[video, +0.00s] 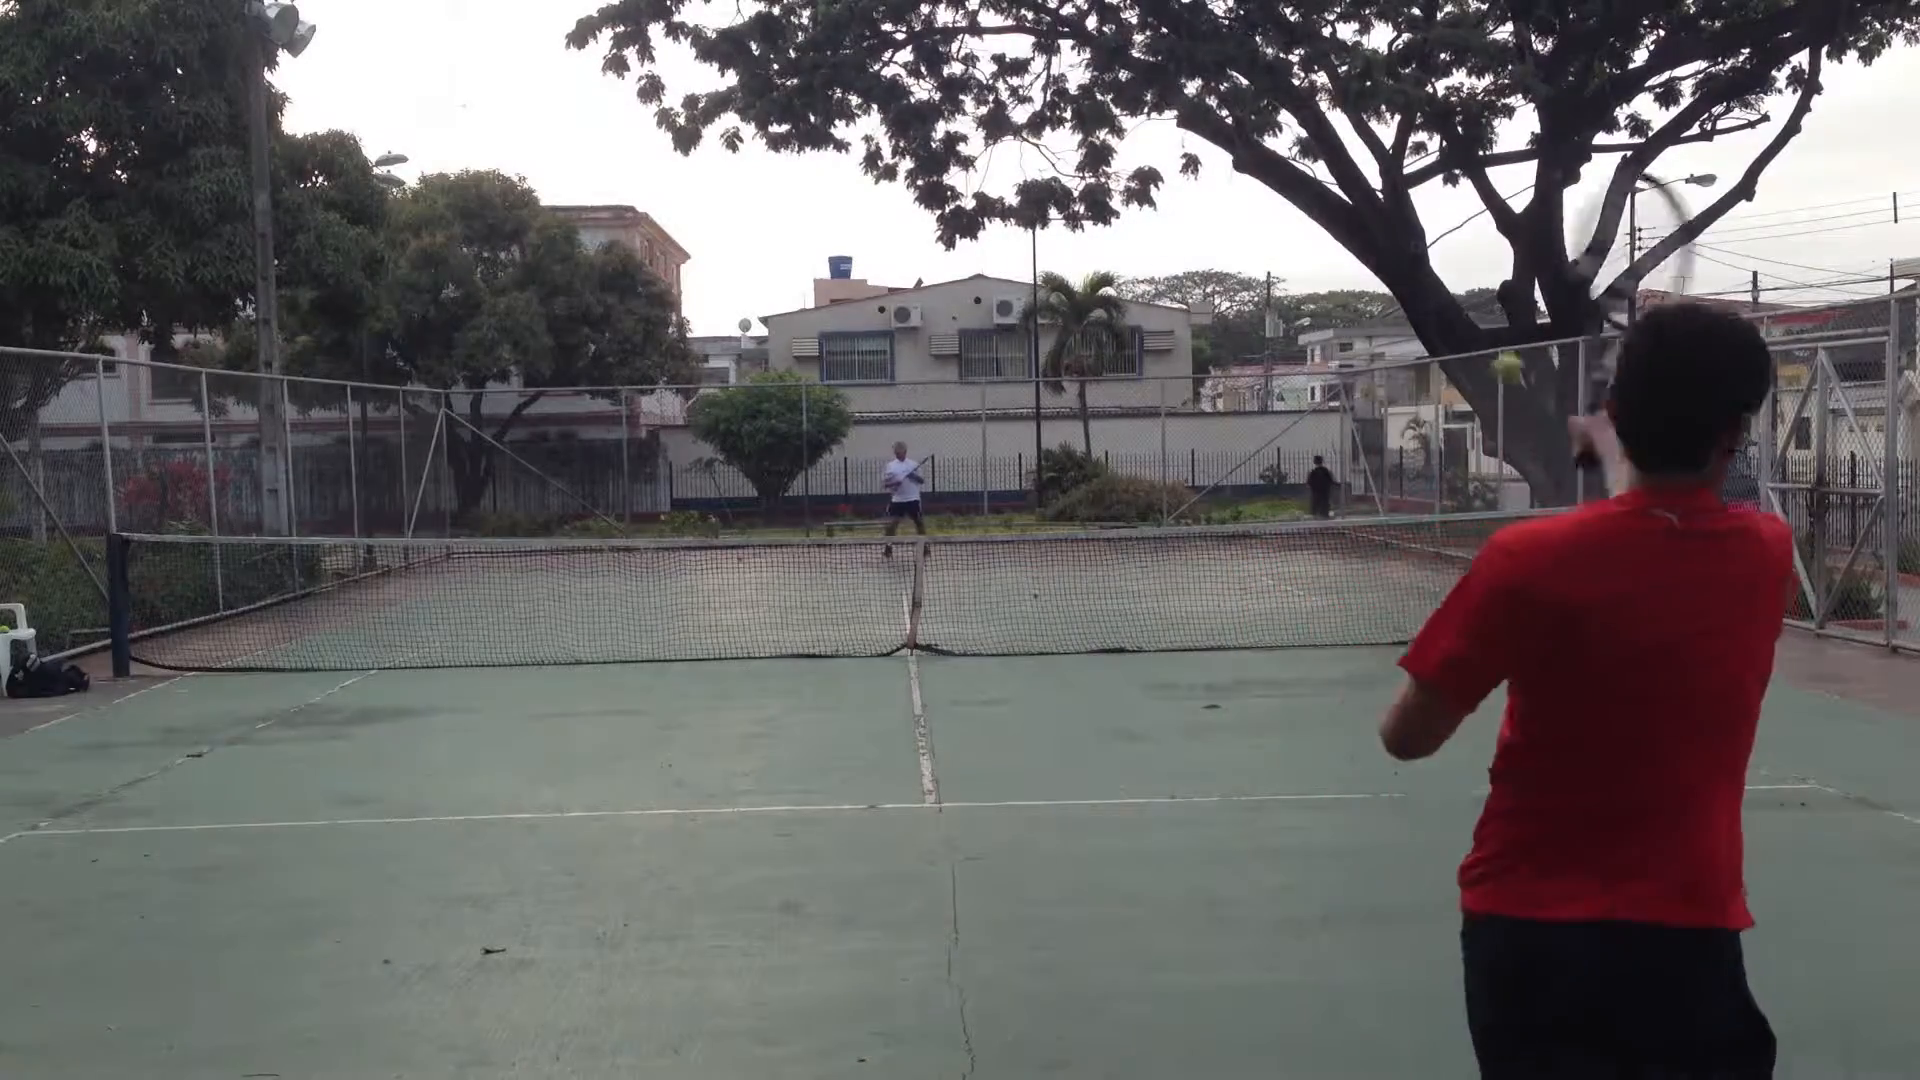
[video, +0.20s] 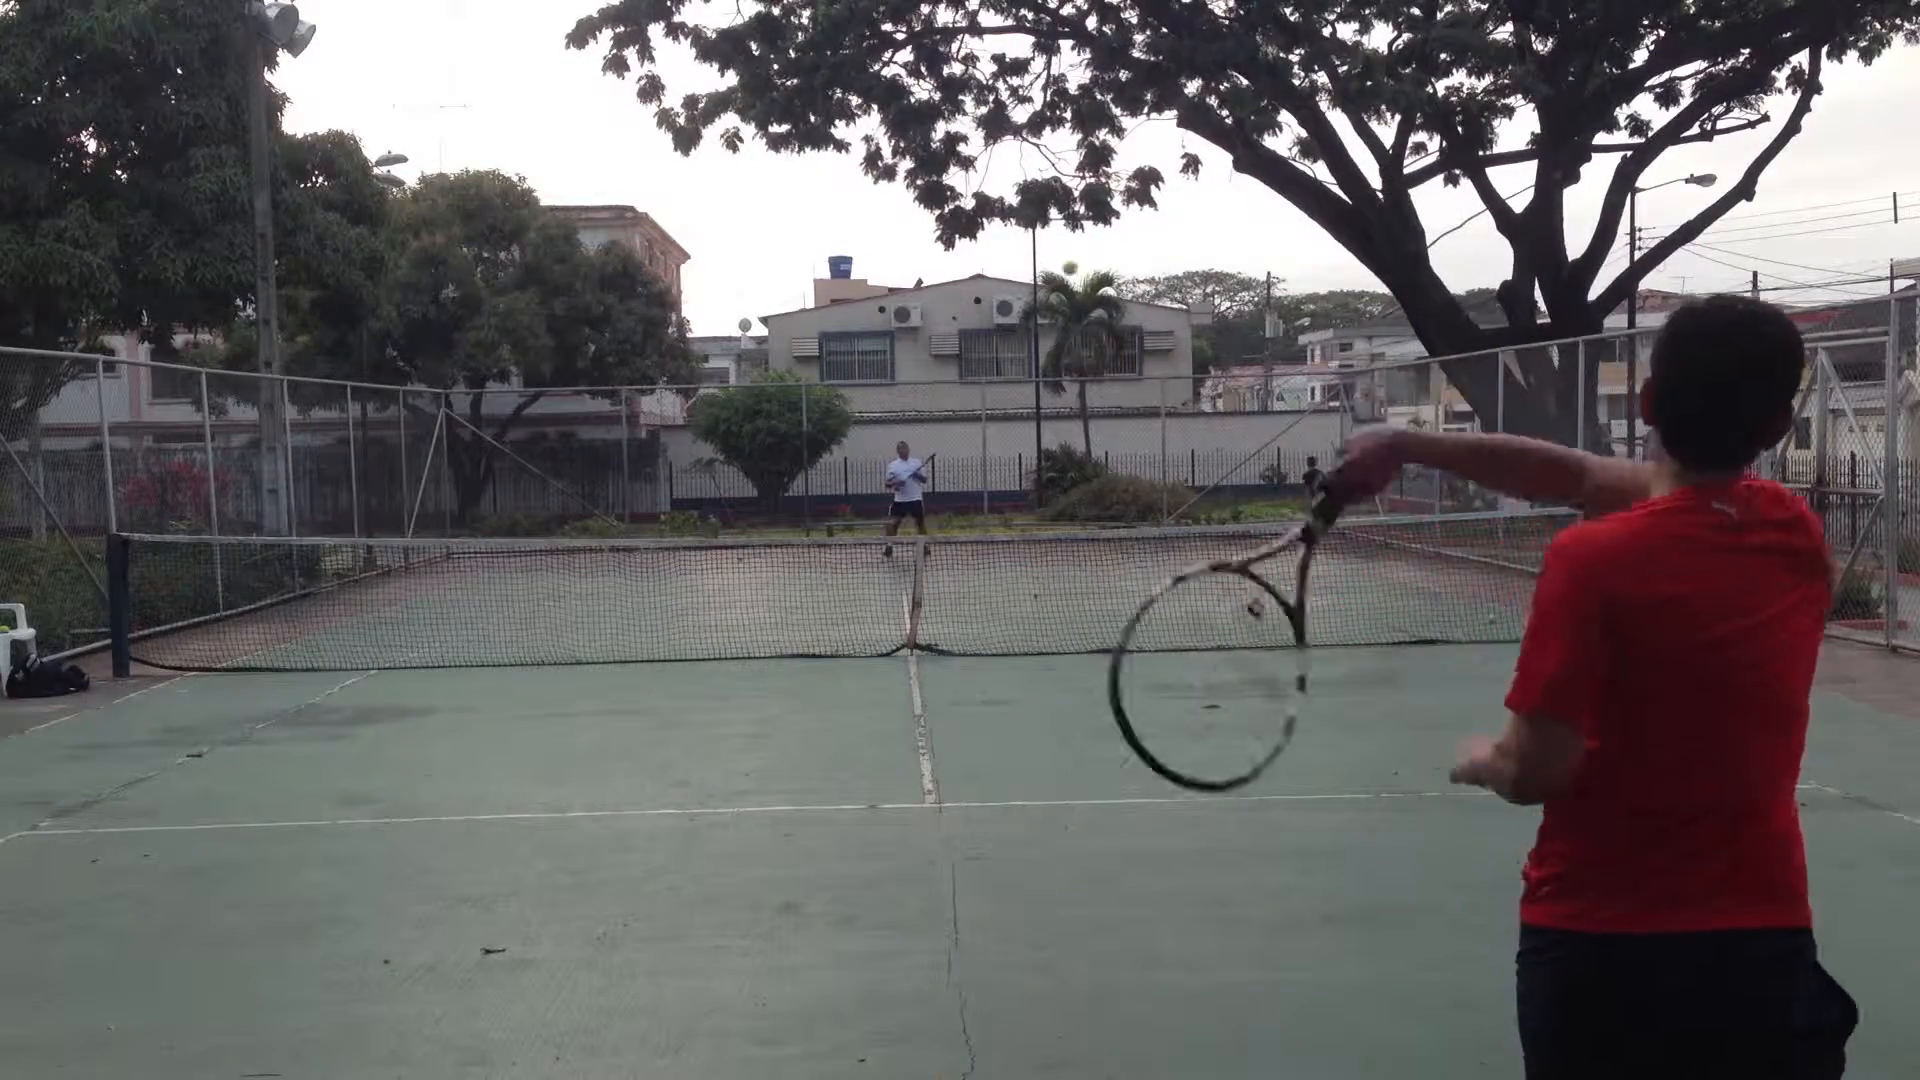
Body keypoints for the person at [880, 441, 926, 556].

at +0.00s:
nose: (900, 455)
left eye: (902, 452)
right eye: (898, 453)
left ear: (906, 452)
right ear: (894, 453)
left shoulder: (913, 464)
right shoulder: (890, 466)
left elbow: (921, 480)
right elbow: (887, 483)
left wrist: (911, 475)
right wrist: (896, 483)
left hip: (913, 499)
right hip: (897, 499)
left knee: (919, 523)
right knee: (891, 524)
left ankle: (924, 545)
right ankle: (888, 546)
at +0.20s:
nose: (903, 453)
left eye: (905, 450)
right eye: (901, 451)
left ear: (908, 450)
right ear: (897, 452)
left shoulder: (916, 463)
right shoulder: (893, 465)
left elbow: (924, 479)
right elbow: (888, 483)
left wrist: (916, 474)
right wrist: (896, 483)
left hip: (915, 499)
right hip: (899, 500)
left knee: (920, 524)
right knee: (893, 524)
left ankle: (925, 545)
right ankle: (889, 546)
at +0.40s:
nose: (899, 452)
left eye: (901, 449)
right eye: (897, 450)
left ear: (905, 450)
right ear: (894, 451)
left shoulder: (912, 463)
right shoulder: (890, 465)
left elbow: (919, 480)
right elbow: (883, 481)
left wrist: (908, 476)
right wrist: (890, 483)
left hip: (911, 499)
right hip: (896, 499)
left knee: (918, 523)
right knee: (890, 523)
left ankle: (923, 545)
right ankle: (892, 545)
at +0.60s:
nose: (885, 456)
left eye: (887, 453)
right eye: (883, 453)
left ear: (891, 453)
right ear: (880, 454)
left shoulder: (898, 466)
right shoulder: (877, 468)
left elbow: (905, 483)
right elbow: (868, 481)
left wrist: (892, 480)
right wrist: (874, 483)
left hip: (898, 499)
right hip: (885, 500)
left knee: (903, 522)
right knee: (886, 524)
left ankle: (918, 539)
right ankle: (898, 543)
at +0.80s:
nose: (868, 455)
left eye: (870, 453)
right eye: (867, 453)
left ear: (875, 453)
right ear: (864, 453)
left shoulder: (881, 466)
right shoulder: (862, 465)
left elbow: (883, 484)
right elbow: (855, 476)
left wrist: (868, 480)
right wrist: (853, 475)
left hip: (879, 496)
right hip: (869, 496)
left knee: (875, 520)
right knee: (879, 521)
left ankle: (873, 546)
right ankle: (897, 543)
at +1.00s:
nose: (848, 459)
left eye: (850, 457)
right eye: (847, 457)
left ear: (856, 457)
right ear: (846, 458)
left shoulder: (859, 469)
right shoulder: (846, 468)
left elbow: (853, 482)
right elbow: (841, 478)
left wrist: (839, 482)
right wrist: (830, 480)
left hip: (859, 498)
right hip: (850, 497)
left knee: (846, 522)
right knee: (845, 523)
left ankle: (860, 544)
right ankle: (858, 546)